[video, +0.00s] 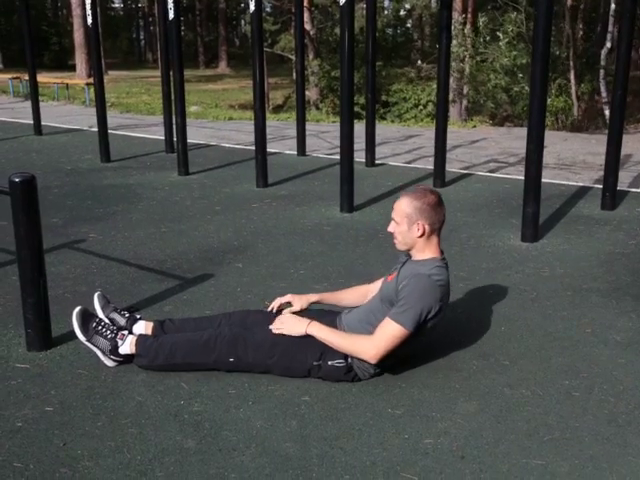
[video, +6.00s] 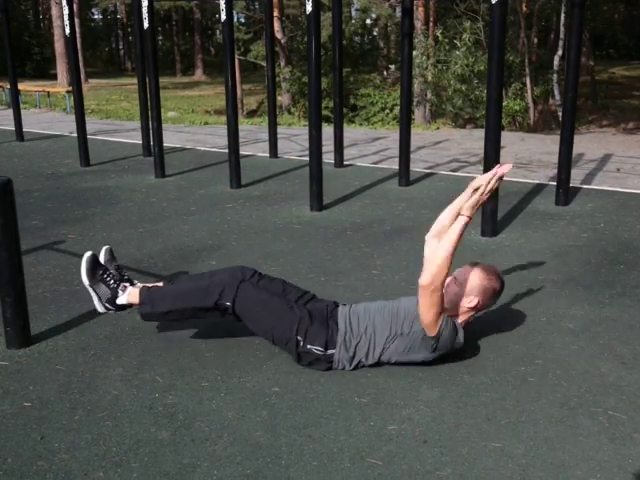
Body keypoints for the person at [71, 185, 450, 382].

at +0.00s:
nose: (390, 227)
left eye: (396, 222)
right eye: (392, 220)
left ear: (422, 230)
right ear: (422, 226)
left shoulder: (425, 282)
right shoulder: (417, 261)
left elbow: (374, 350)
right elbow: (367, 294)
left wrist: (309, 326)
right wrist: (311, 298)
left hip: (345, 358)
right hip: (337, 331)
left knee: (234, 343)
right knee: (239, 321)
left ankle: (125, 348)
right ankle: (139, 329)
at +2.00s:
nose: (496, 314)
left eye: (503, 318)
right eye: (504, 314)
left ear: (496, 338)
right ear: (495, 317)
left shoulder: (456, 343)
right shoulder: (455, 317)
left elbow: (520, 370)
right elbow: (518, 323)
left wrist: (575, 359)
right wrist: (576, 338)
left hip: (323, 331)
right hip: (326, 308)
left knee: (222, 332)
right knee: (224, 315)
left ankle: (117, 336)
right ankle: (127, 320)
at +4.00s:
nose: (473, 297)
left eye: (482, 304)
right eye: (480, 299)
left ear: (479, 327)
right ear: (470, 311)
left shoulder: (443, 347)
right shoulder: (441, 320)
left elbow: (503, 366)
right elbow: (513, 305)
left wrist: (562, 355)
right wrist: (569, 331)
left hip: (315, 338)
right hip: (319, 318)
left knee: (214, 335)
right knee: (223, 322)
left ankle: (114, 344)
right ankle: (125, 329)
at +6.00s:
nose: (454, 276)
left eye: (463, 278)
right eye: (463, 274)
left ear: (470, 300)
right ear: (469, 297)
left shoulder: (438, 333)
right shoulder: (442, 314)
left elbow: (433, 263)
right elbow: (435, 246)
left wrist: (469, 205)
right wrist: (470, 195)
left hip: (321, 336)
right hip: (325, 317)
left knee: (233, 283)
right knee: (238, 277)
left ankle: (123, 297)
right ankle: (140, 288)